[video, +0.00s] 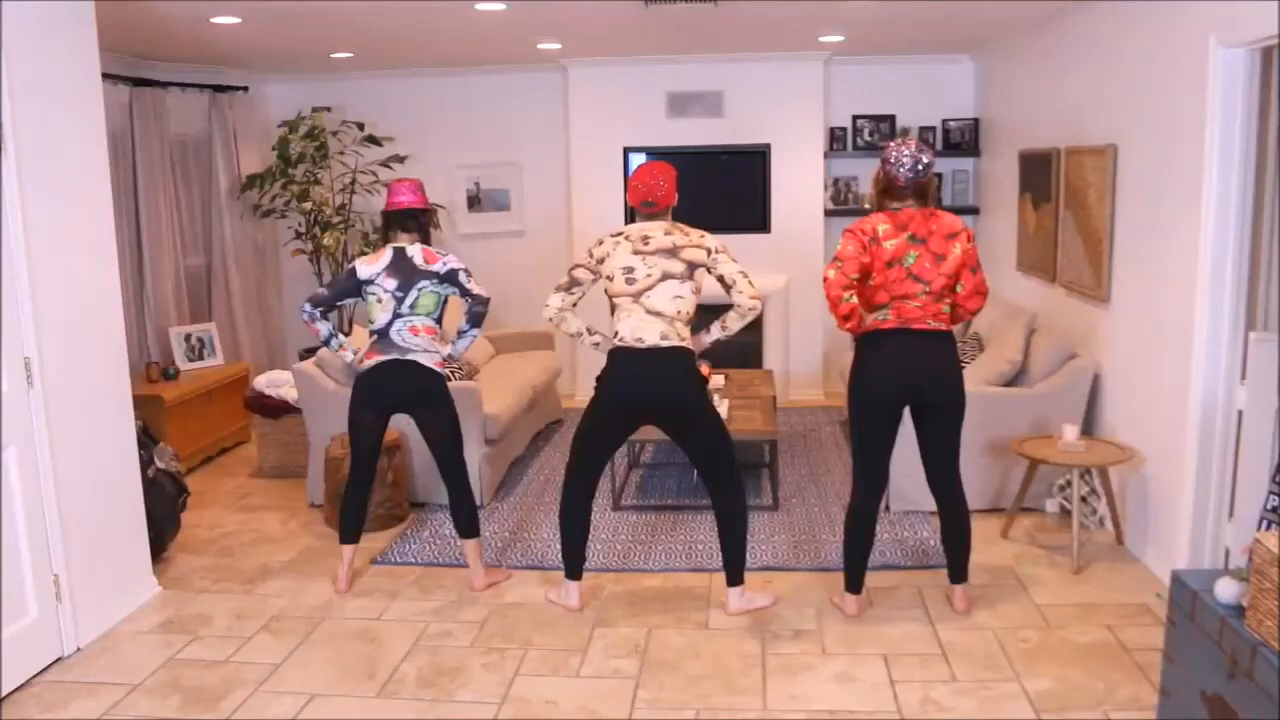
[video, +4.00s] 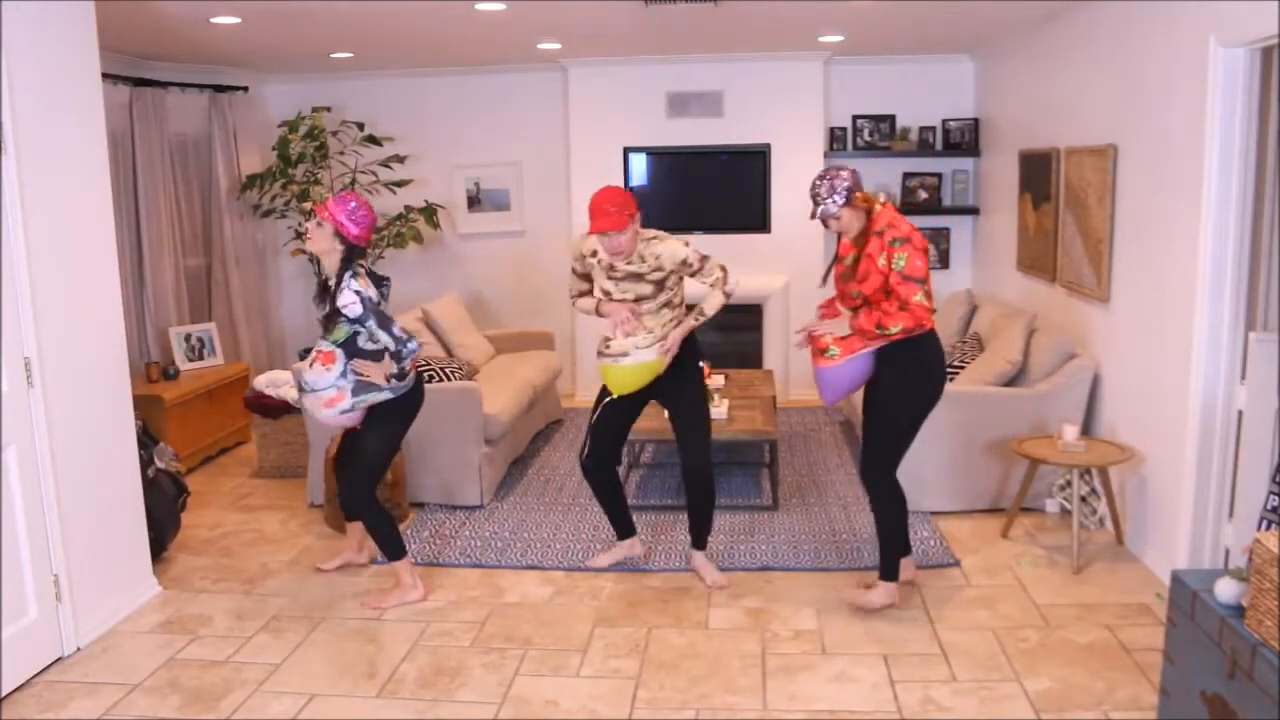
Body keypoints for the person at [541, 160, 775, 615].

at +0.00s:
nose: (663, 202)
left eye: (642, 196)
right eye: (669, 194)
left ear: (631, 201)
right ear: (674, 200)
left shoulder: (607, 245)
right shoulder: (700, 242)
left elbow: (557, 308)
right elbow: (748, 301)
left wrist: (606, 345)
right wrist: (702, 340)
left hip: (622, 378)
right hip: (678, 379)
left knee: (580, 475)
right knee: (724, 478)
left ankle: (571, 587)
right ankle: (736, 591)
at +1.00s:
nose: (667, 199)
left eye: (645, 194)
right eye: (669, 192)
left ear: (630, 199)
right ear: (672, 198)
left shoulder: (605, 243)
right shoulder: (698, 240)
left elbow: (554, 304)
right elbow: (746, 299)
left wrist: (602, 342)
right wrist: (701, 337)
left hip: (619, 377)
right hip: (675, 378)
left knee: (579, 475)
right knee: (721, 476)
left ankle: (571, 588)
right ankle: (736, 591)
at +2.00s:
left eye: (640, 225)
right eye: (670, 226)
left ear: (632, 232)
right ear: (676, 231)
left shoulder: (612, 266)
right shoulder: (699, 263)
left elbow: (557, 314)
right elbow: (747, 308)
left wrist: (598, 355)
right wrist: (701, 346)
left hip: (619, 390)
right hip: (676, 391)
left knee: (579, 481)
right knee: (729, 485)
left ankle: (573, 588)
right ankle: (736, 592)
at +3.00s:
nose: (581, 197)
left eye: (582, 190)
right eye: (582, 190)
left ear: (593, 190)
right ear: (625, 189)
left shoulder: (579, 232)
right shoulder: (663, 221)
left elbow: (562, 298)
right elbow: (696, 287)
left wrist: (590, 344)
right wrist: (655, 295)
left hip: (623, 356)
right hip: (673, 351)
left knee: (589, 471)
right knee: (681, 454)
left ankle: (602, 584)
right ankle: (689, 555)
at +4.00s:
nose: (614, 242)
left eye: (621, 232)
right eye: (605, 235)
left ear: (637, 223)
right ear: (594, 232)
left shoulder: (667, 250)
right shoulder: (586, 252)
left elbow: (721, 282)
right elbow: (578, 295)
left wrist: (684, 329)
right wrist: (606, 307)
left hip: (677, 359)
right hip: (626, 362)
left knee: (697, 457)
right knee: (595, 459)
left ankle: (699, 550)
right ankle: (628, 540)